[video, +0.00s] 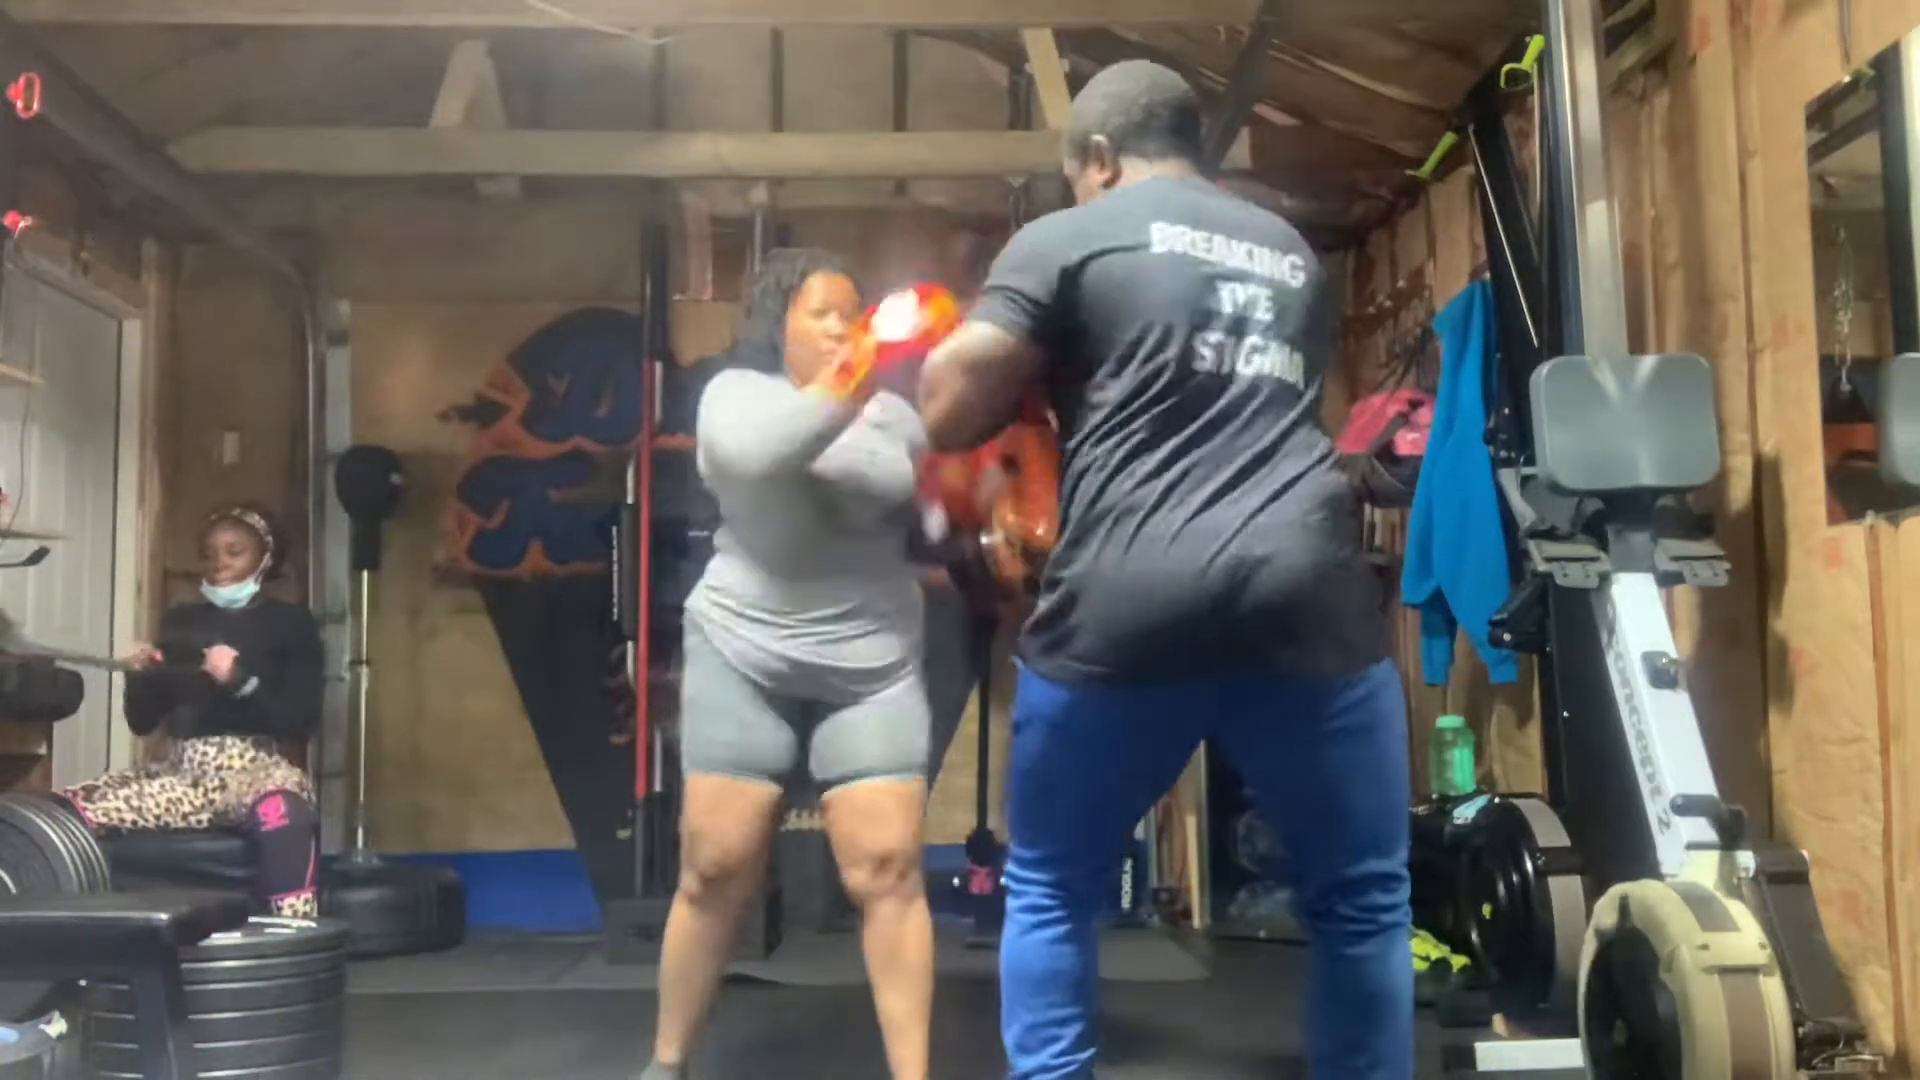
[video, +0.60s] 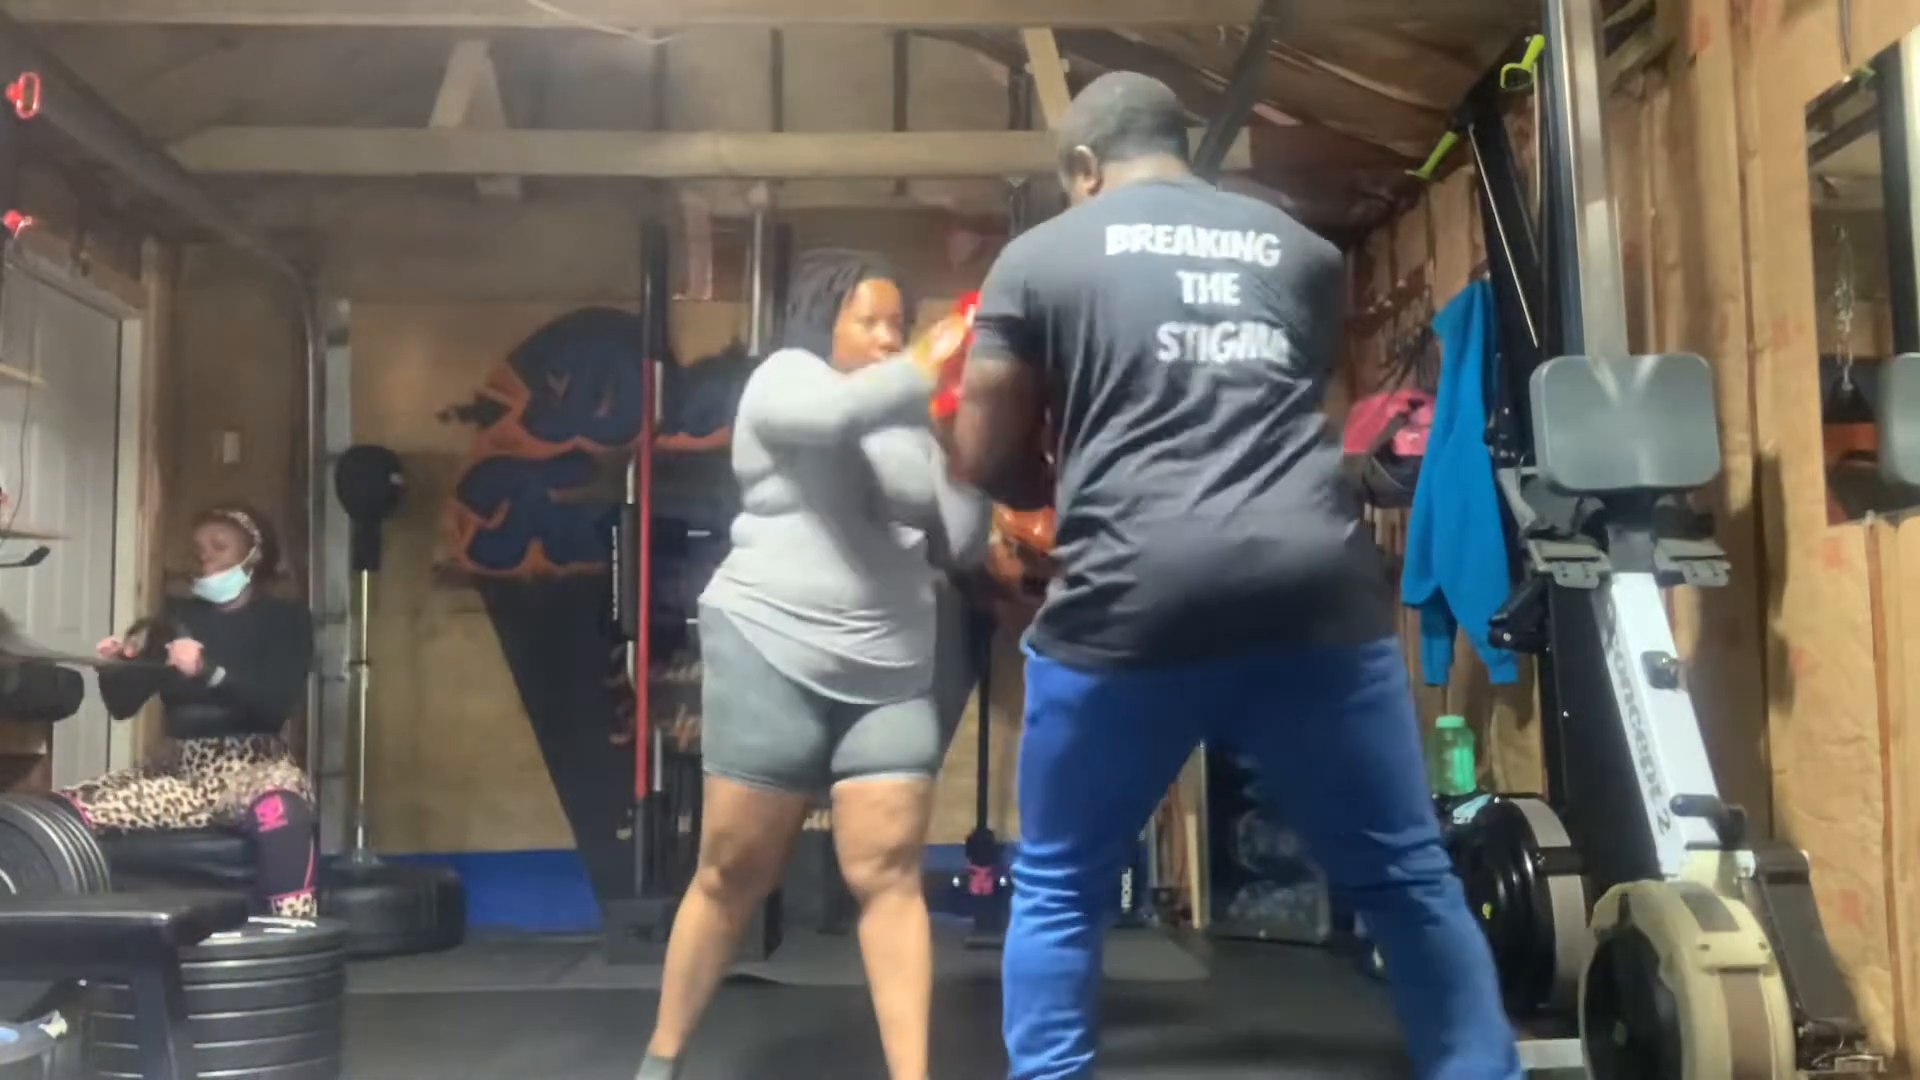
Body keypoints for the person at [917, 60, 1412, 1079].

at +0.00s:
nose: (1071, 191)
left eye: (1072, 173)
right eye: (1072, 175)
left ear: (1101, 162)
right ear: (1201, 153)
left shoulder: (1068, 237)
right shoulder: (1295, 251)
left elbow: (949, 416)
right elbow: (1267, 400)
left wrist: (1036, 346)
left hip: (1124, 596)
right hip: (1308, 597)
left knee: (1052, 890)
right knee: (1362, 909)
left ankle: (1049, 1072)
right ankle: (1368, 1077)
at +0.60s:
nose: (1064, 185)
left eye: (1063, 173)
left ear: (1084, 165)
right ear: (1185, 150)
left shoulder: (1037, 258)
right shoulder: (1303, 246)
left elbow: (992, 461)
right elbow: (1315, 415)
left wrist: (1092, 482)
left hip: (1131, 589)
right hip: (1314, 580)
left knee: (1059, 886)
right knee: (1407, 873)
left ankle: (1049, 1071)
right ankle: (1484, 1072)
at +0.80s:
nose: (1152, 219)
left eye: (1150, 200)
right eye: (1150, 202)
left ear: (1173, 179)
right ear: (1271, 157)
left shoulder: (1128, 274)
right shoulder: (1411, 259)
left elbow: (1069, 471)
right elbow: (1446, 428)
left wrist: (1170, 519)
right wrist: (1357, 492)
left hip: (1216, 618)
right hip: (1407, 613)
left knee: (1104, 892)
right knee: (1493, 906)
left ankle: (1064, 1074)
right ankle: (1569, 1076)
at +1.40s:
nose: (1118, 219)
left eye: (1116, 204)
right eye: (1113, 207)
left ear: (1154, 181)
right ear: (1234, 172)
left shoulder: (1136, 246)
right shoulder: (1343, 262)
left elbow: (1059, 444)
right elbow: (1333, 428)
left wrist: (1085, 508)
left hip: (1209, 610)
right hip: (1386, 615)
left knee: (1018, 843)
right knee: (1444, 903)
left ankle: (990, 1064)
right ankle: (1545, 1071)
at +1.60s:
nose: (916, 303)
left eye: (915, 287)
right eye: (912, 287)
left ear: (947, 265)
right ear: (1044, 251)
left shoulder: (947, 338)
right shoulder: (1187, 341)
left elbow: (841, 508)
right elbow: (1289, 505)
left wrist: (895, 538)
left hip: (1069, 704)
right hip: (1262, 707)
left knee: (869, 916)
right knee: (1378, 943)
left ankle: (770, 1071)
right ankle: (1503, 1073)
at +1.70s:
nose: (784, 311)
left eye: (786, 296)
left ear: (806, 287)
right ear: (920, 266)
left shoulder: (790, 367)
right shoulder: (1036, 350)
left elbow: (720, 556)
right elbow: (1136, 504)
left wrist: (794, 515)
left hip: (939, 673)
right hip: (1130, 665)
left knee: (758, 894)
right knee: (1284, 920)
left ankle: (696, 1069)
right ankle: (1449, 1073)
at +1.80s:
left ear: (719, 287)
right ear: (831, 268)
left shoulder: (679, 376)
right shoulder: (944, 342)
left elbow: (639, 573)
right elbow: (1031, 508)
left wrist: (713, 515)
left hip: (830, 658)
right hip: (1022, 649)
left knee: (672, 896)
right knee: (1152, 920)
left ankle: (665, 1072)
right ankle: (1285, 1071)